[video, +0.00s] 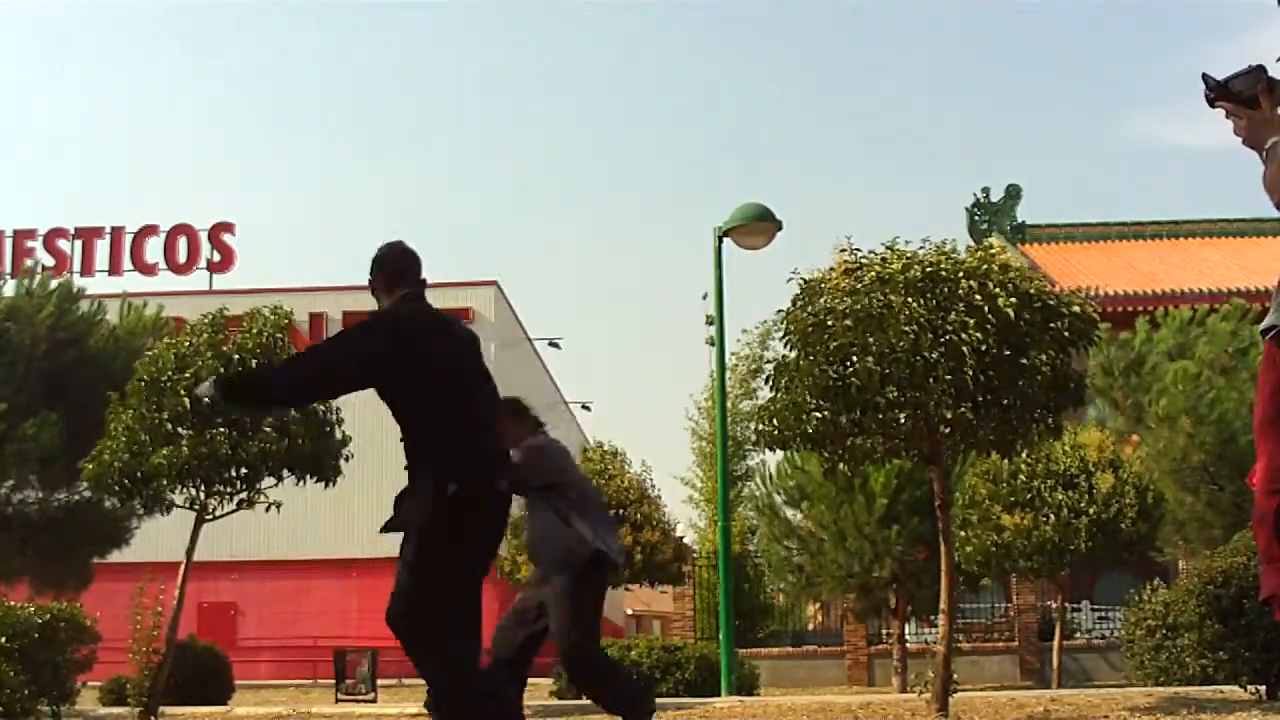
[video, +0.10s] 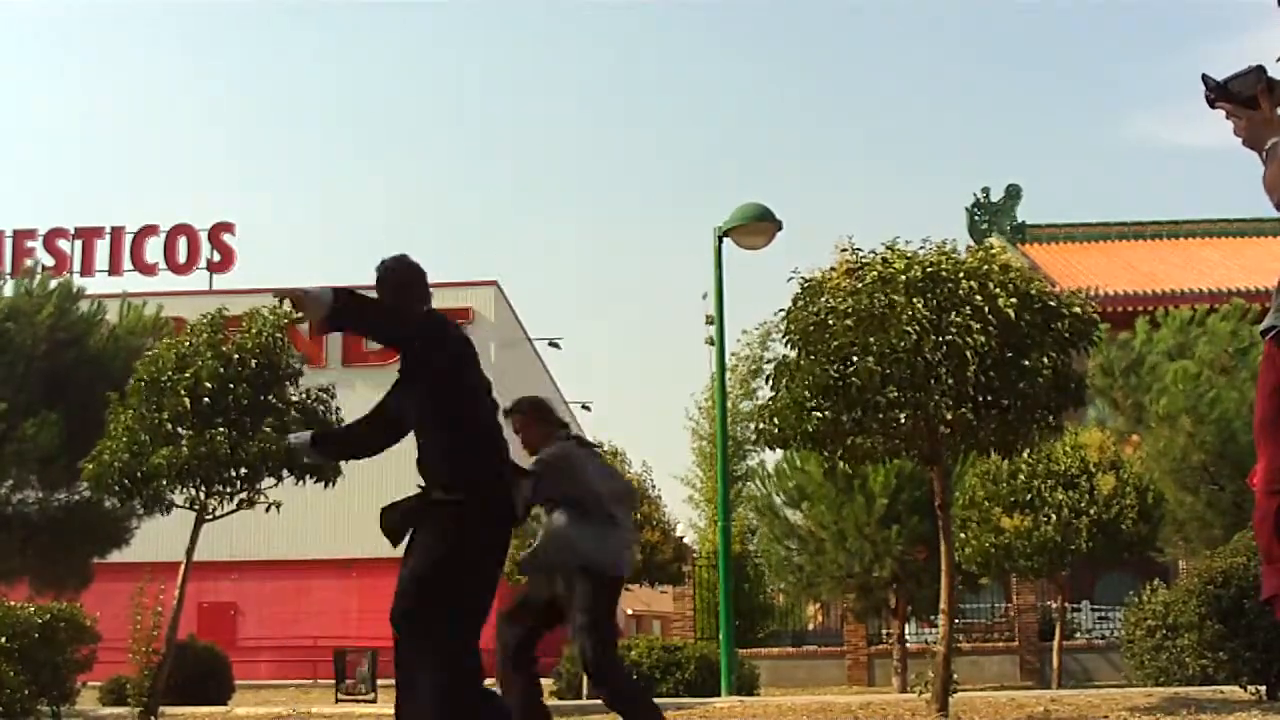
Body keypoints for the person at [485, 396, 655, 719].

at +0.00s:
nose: (498, 436)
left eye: (501, 427)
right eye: (496, 429)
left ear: (518, 422)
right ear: (521, 423)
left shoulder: (544, 451)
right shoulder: (532, 456)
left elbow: (498, 476)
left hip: (582, 564)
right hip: (551, 569)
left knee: (578, 658)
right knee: (508, 646)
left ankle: (639, 703)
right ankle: (499, 712)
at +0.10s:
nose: (520, 441)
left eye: (521, 431)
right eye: (517, 434)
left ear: (539, 423)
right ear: (548, 423)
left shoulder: (557, 456)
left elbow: (516, 503)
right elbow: (629, 494)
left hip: (589, 571)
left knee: (599, 664)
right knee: (515, 625)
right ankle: (526, 710)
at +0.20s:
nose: (535, 442)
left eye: (538, 433)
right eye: (531, 435)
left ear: (558, 427)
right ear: (560, 429)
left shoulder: (570, 463)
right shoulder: (589, 459)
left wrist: (532, 553)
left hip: (598, 567)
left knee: (593, 657)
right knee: (534, 620)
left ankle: (648, 714)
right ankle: (574, 704)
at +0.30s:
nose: (543, 449)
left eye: (545, 440)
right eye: (539, 442)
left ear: (566, 435)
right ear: (567, 435)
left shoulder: (583, 472)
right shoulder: (581, 466)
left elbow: (600, 524)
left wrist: (565, 570)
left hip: (607, 573)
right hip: (596, 572)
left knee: (589, 652)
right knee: (562, 642)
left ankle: (645, 714)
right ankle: (586, 713)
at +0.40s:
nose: (556, 465)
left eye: (557, 456)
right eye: (555, 457)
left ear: (570, 455)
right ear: (576, 453)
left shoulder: (592, 482)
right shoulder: (580, 486)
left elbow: (614, 528)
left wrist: (577, 565)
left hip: (620, 577)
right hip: (602, 578)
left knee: (589, 651)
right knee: (571, 649)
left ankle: (640, 714)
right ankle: (596, 712)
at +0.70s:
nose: (569, 442)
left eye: (574, 434)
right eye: (565, 436)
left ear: (595, 433)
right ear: (564, 439)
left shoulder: (620, 470)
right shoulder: (583, 483)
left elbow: (638, 514)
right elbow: (581, 530)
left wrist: (604, 540)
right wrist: (556, 542)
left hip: (641, 567)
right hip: (610, 574)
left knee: (637, 632)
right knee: (585, 641)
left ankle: (658, 714)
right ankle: (601, 713)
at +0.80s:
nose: (579, 445)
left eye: (584, 436)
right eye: (575, 438)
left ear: (604, 434)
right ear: (575, 440)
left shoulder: (633, 475)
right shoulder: (584, 483)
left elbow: (653, 522)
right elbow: (577, 528)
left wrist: (635, 554)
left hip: (642, 575)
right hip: (606, 576)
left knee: (646, 640)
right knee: (585, 644)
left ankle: (675, 713)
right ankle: (600, 713)